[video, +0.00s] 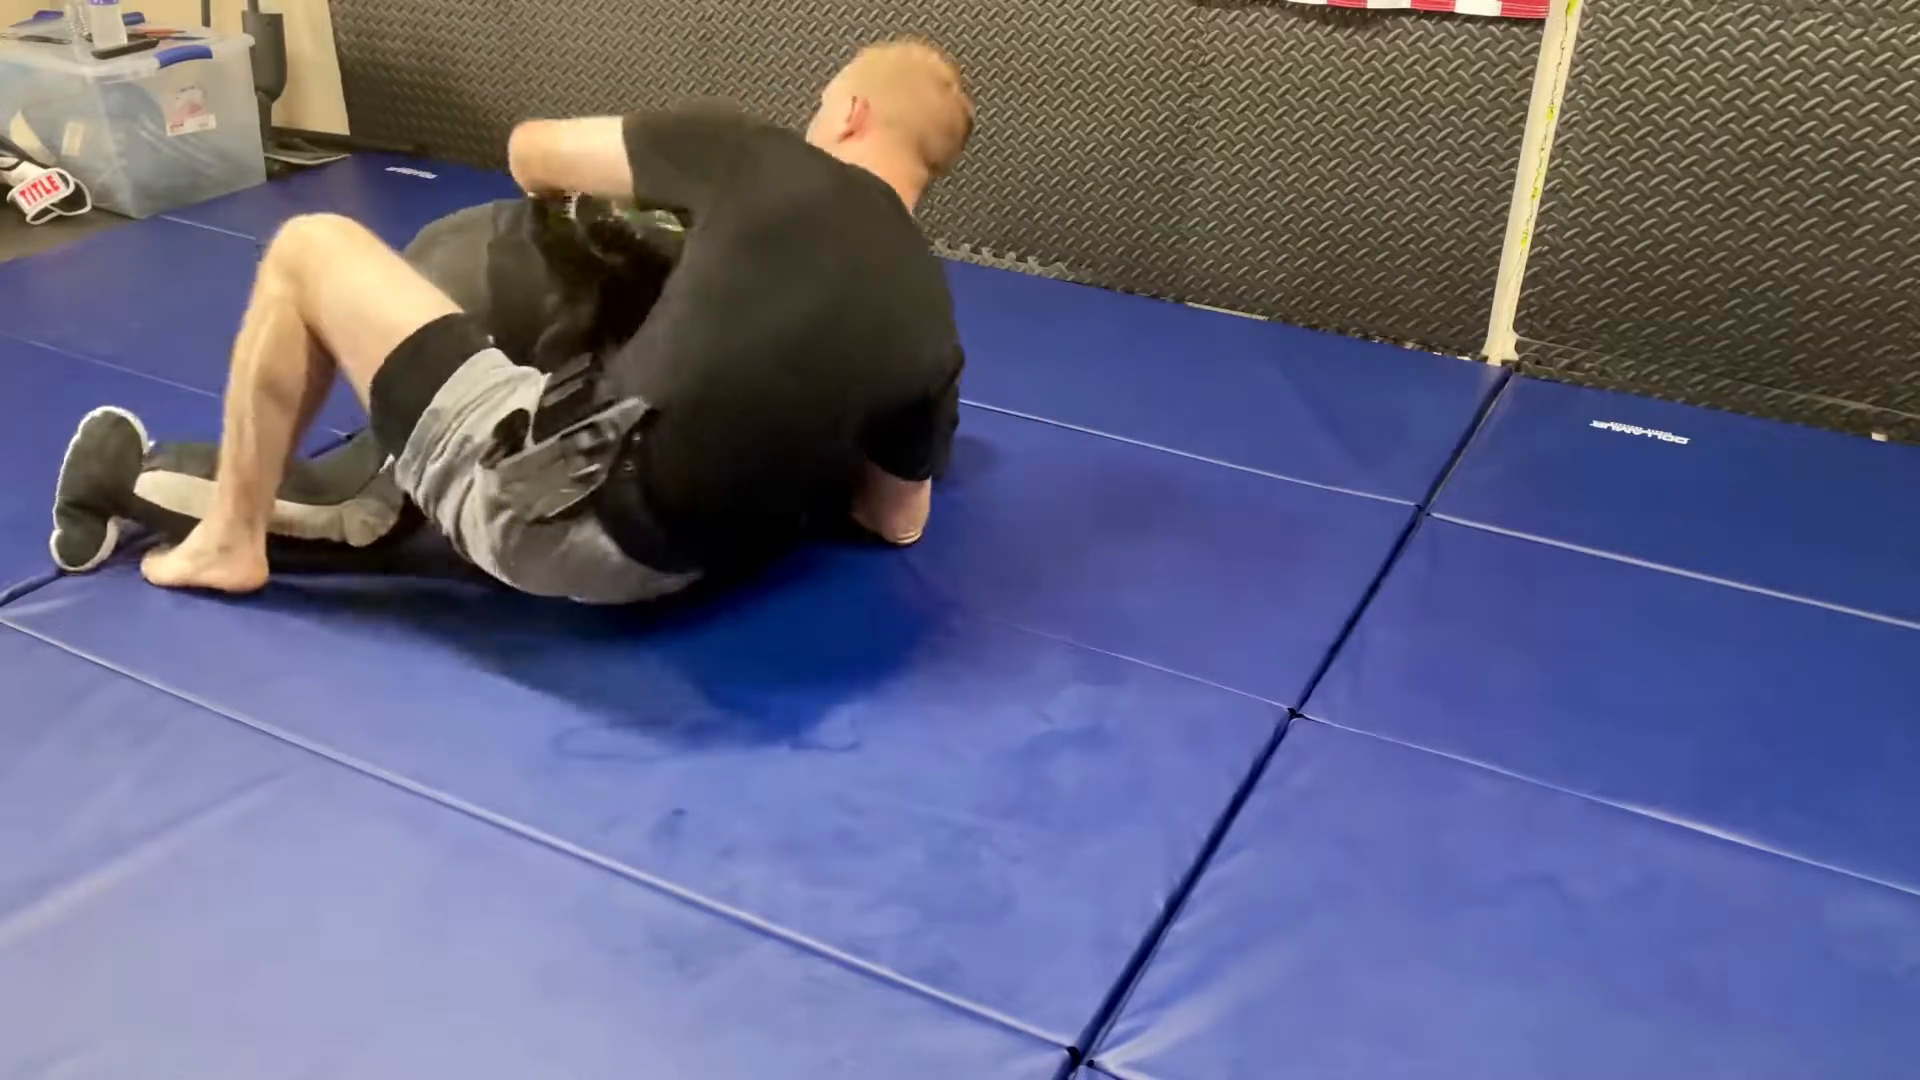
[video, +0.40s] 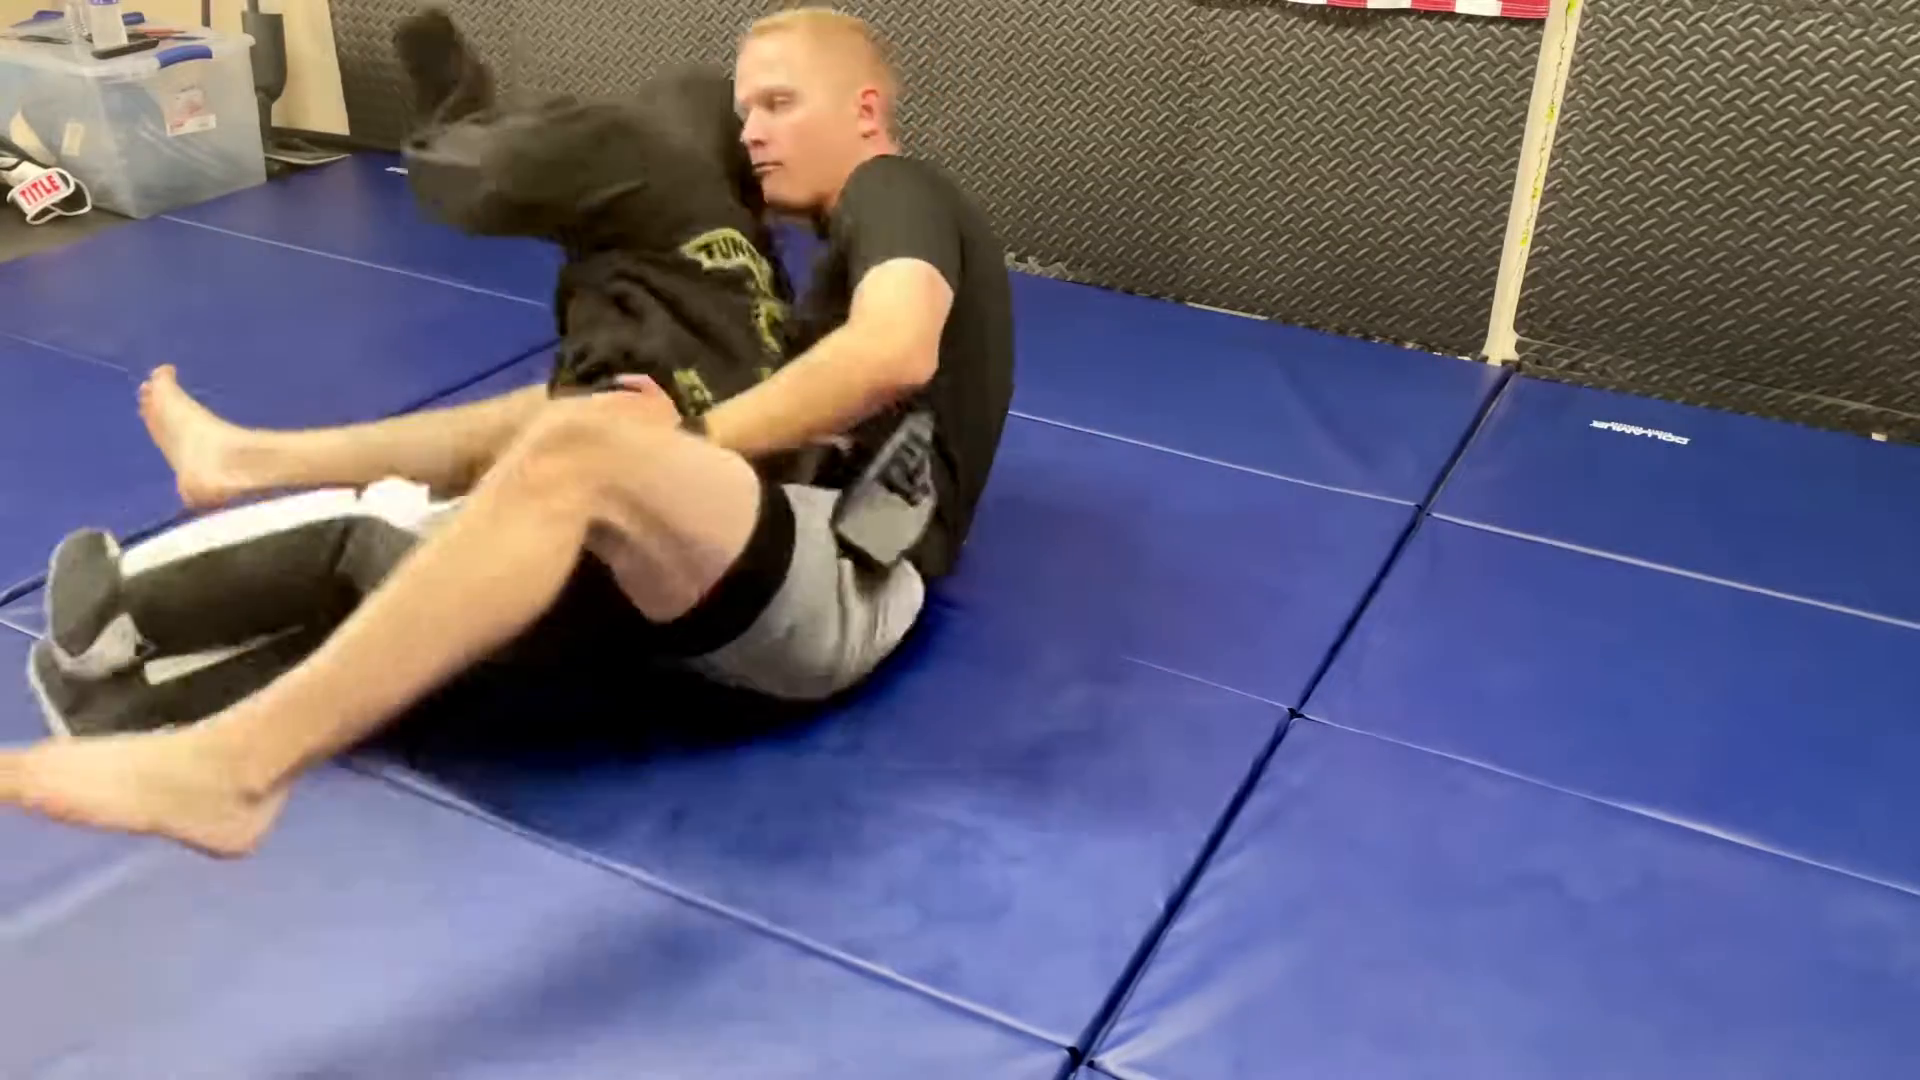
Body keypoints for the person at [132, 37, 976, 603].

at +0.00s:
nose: (819, 118)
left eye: (825, 103)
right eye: (826, 106)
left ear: (849, 109)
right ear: (936, 172)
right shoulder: (933, 327)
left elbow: (531, 150)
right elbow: (896, 518)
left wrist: (587, 205)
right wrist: (804, 423)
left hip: (556, 505)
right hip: (663, 572)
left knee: (307, 247)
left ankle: (229, 536)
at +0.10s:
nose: (817, 96)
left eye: (831, 87)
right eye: (826, 87)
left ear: (869, 92)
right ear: (951, 151)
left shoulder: (842, 131)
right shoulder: (962, 305)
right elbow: (918, 527)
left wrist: (573, 139)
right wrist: (837, 424)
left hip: (636, 492)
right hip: (728, 568)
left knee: (328, 307)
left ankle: (198, 555)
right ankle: (218, 505)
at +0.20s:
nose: (784, 134)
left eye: (806, 106)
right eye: (793, 109)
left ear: (881, 106)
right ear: (916, 131)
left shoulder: (875, 160)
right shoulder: (954, 296)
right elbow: (937, 526)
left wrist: (616, 231)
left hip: (734, 533)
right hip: (780, 561)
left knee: (375, 376)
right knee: (444, 472)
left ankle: (195, 615)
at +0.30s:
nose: (770, 144)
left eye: (795, 115)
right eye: (771, 122)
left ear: (888, 125)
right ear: (868, 130)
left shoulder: (897, 195)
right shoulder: (891, 239)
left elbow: (864, 364)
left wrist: (666, 401)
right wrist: (666, 387)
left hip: (804, 570)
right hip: (770, 549)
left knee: (458, 445)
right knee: (507, 432)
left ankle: (207, 722)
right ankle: (310, 431)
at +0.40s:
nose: (749, 133)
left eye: (777, 104)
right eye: (746, 110)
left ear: (872, 111)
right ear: (825, 123)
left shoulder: (900, 190)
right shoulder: (839, 261)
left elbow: (895, 354)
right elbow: (832, 421)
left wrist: (690, 439)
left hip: (836, 587)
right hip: (762, 548)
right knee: (557, 413)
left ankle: (233, 766)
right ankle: (241, 459)